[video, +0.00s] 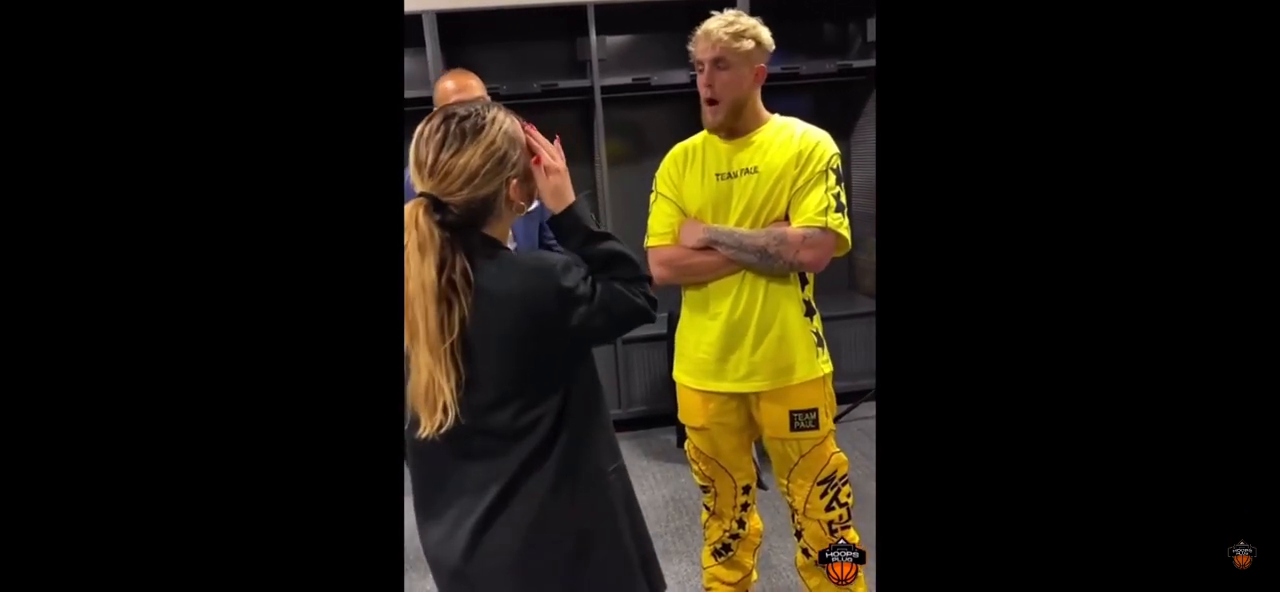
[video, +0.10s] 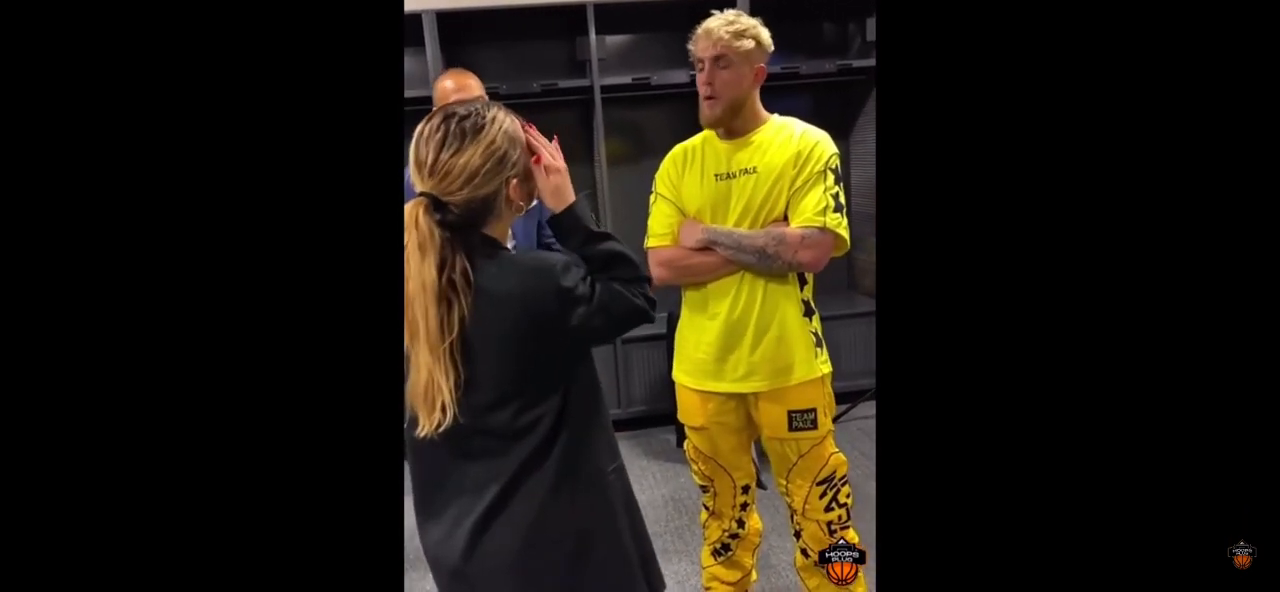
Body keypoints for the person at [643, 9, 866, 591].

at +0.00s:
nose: (704, 82)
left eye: (719, 67)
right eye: (699, 68)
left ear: (757, 74)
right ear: (695, 74)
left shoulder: (808, 146)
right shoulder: (679, 160)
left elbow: (814, 250)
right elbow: (662, 265)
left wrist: (705, 234)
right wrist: (764, 246)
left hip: (790, 365)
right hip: (703, 369)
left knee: (824, 519)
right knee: (723, 522)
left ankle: (837, 584)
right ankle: (726, 585)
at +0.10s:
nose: (704, 79)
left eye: (719, 65)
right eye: (698, 65)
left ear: (757, 73)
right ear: (694, 72)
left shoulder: (807, 146)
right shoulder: (678, 161)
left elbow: (813, 250)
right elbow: (661, 266)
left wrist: (703, 234)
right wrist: (763, 246)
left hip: (789, 366)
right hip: (702, 369)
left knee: (824, 525)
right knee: (723, 527)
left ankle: (837, 584)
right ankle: (726, 585)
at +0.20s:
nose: (705, 77)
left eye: (721, 63)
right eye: (698, 64)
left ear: (757, 71)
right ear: (694, 71)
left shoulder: (806, 145)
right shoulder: (678, 161)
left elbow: (812, 249)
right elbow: (661, 266)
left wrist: (702, 234)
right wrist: (762, 245)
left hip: (788, 366)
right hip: (701, 369)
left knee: (822, 524)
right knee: (722, 525)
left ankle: (836, 584)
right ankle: (725, 585)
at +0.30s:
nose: (705, 76)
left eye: (722, 62)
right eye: (699, 63)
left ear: (757, 71)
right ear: (694, 71)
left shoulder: (805, 145)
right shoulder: (678, 161)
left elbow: (810, 249)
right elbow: (660, 266)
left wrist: (701, 234)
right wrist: (761, 245)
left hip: (786, 365)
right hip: (700, 369)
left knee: (820, 521)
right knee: (720, 524)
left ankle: (834, 584)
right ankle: (724, 585)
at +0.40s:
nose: (706, 75)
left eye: (722, 61)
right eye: (699, 63)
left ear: (758, 70)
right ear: (694, 71)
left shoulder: (805, 145)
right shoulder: (677, 162)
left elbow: (809, 249)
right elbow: (661, 267)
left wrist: (700, 234)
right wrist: (761, 245)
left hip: (785, 366)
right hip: (699, 370)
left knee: (819, 522)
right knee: (719, 525)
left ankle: (833, 583)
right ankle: (724, 584)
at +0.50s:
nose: (707, 76)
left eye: (724, 62)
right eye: (700, 63)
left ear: (758, 71)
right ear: (694, 72)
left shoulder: (804, 144)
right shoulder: (678, 162)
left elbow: (807, 248)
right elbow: (660, 267)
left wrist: (700, 234)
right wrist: (759, 245)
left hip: (784, 365)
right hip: (698, 369)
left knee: (817, 517)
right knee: (717, 520)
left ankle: (833, 583)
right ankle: (723, 584)